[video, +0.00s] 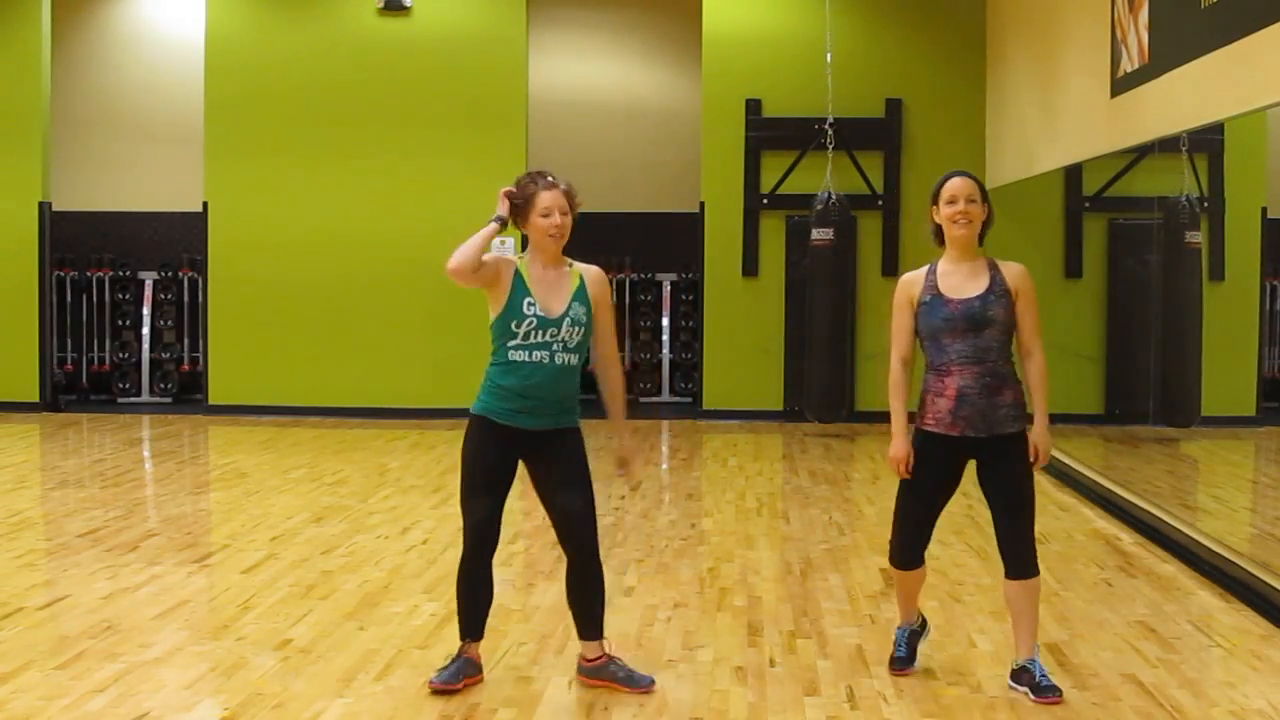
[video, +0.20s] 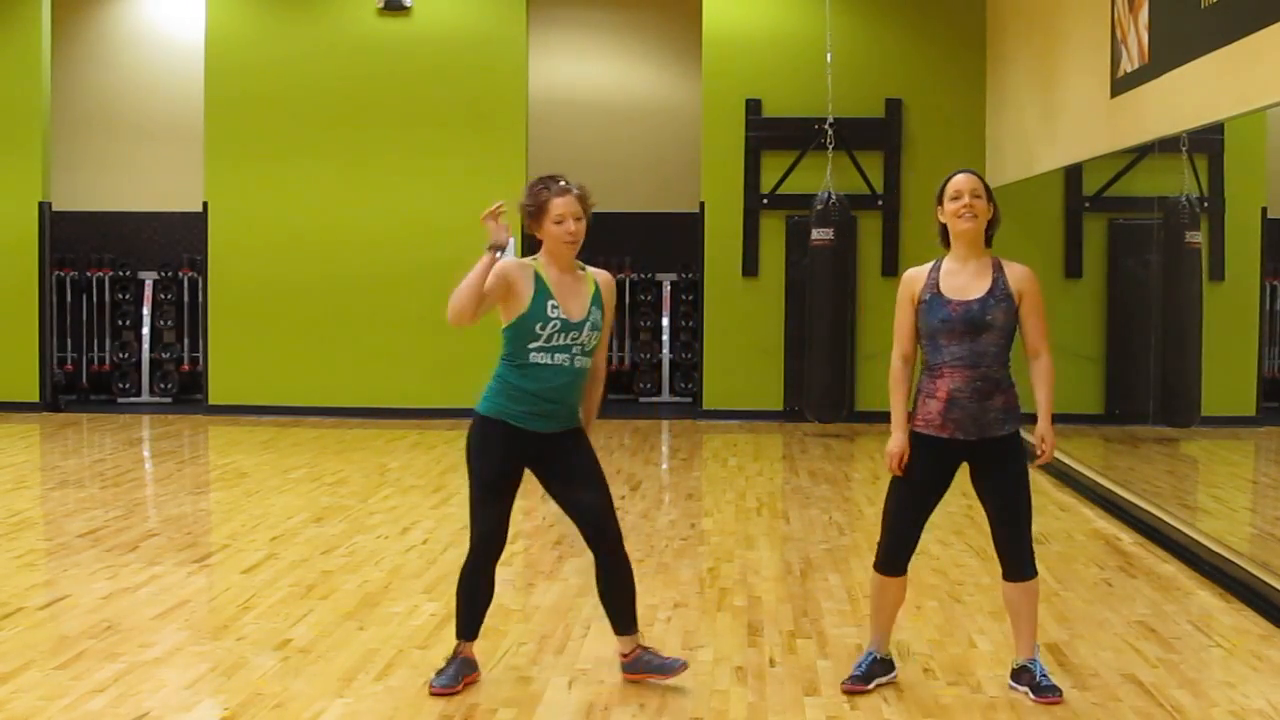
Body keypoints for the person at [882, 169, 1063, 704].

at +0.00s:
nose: (961, 209)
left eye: (970, 200)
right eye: (951, 201)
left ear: (986, 212)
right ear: (935, 215)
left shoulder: (1012, 276)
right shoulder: (913, 284)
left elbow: (1032, 352)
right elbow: (900, 361)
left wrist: (1040, 421)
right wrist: (899, 430)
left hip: (1004, 432)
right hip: (936, 432)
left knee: (1020, 548)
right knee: (906, 542)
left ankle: (1027, 661)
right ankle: (909, 623)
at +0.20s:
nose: (966, 203)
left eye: (976, 196)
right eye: (956, 197)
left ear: (991, 211)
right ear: (940, 214)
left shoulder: (1017, 278)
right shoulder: (916, 280)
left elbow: (1038, 353)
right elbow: (902, 359)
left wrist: (1044, 419)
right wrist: (898, 428)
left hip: (997, 434)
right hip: (930, 433)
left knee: (1017, 552)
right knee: (893, 545)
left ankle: (1027, 663)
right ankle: (877, 653)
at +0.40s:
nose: (972, 200)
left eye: (980, 194)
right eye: (960, 196)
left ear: (995, 211)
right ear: (944, 216)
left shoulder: (1020, 283)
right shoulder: (921, 276)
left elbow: (1027, 362)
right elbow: (888, 350)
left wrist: (1032, 427)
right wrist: (886, 422)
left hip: (998, 437)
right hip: (931, 436)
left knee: (1045, 543)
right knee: (904, 550)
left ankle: (1059, 656)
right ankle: (881, 656)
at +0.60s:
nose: (983, 208)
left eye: (992, 201)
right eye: (972, 205)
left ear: (1010, 218)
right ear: (960, 227)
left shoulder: (1040, 288)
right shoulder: (937, 289)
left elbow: (1059, 365)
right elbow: (915, 366)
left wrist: (1063, 436)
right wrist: (912, 439)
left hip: (1037, 443)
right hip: (972, 448)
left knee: (1059, 558)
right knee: (933, 558)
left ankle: (1063, 664)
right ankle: (887, 658)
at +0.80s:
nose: (986, 207)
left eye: (998, 202)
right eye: (978, 202)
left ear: (1018, 221)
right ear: (966, 220)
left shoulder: (1037, 283)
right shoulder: (947, 293)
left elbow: (1067, 360)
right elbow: (941, 369)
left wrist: (1069, 433)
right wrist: (934, 436)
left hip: (1035, 442)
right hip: (972, 443)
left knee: (1052, 558)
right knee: (913, 537)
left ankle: (1069, 663)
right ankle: (902, 654)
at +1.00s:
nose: (975, 207)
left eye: (988, 204)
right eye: (970, 200)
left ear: (1006, 226)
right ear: (956, 216)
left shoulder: (1016, 285)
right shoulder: (926, 288)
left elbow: (1049, 362)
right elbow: (901, 360)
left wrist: (1060, 437)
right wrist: (893, 428)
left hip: (1000, 443)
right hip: (938, 442)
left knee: (1036, 556)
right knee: (895, 547)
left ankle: (1082, 658)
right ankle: (870, 657)